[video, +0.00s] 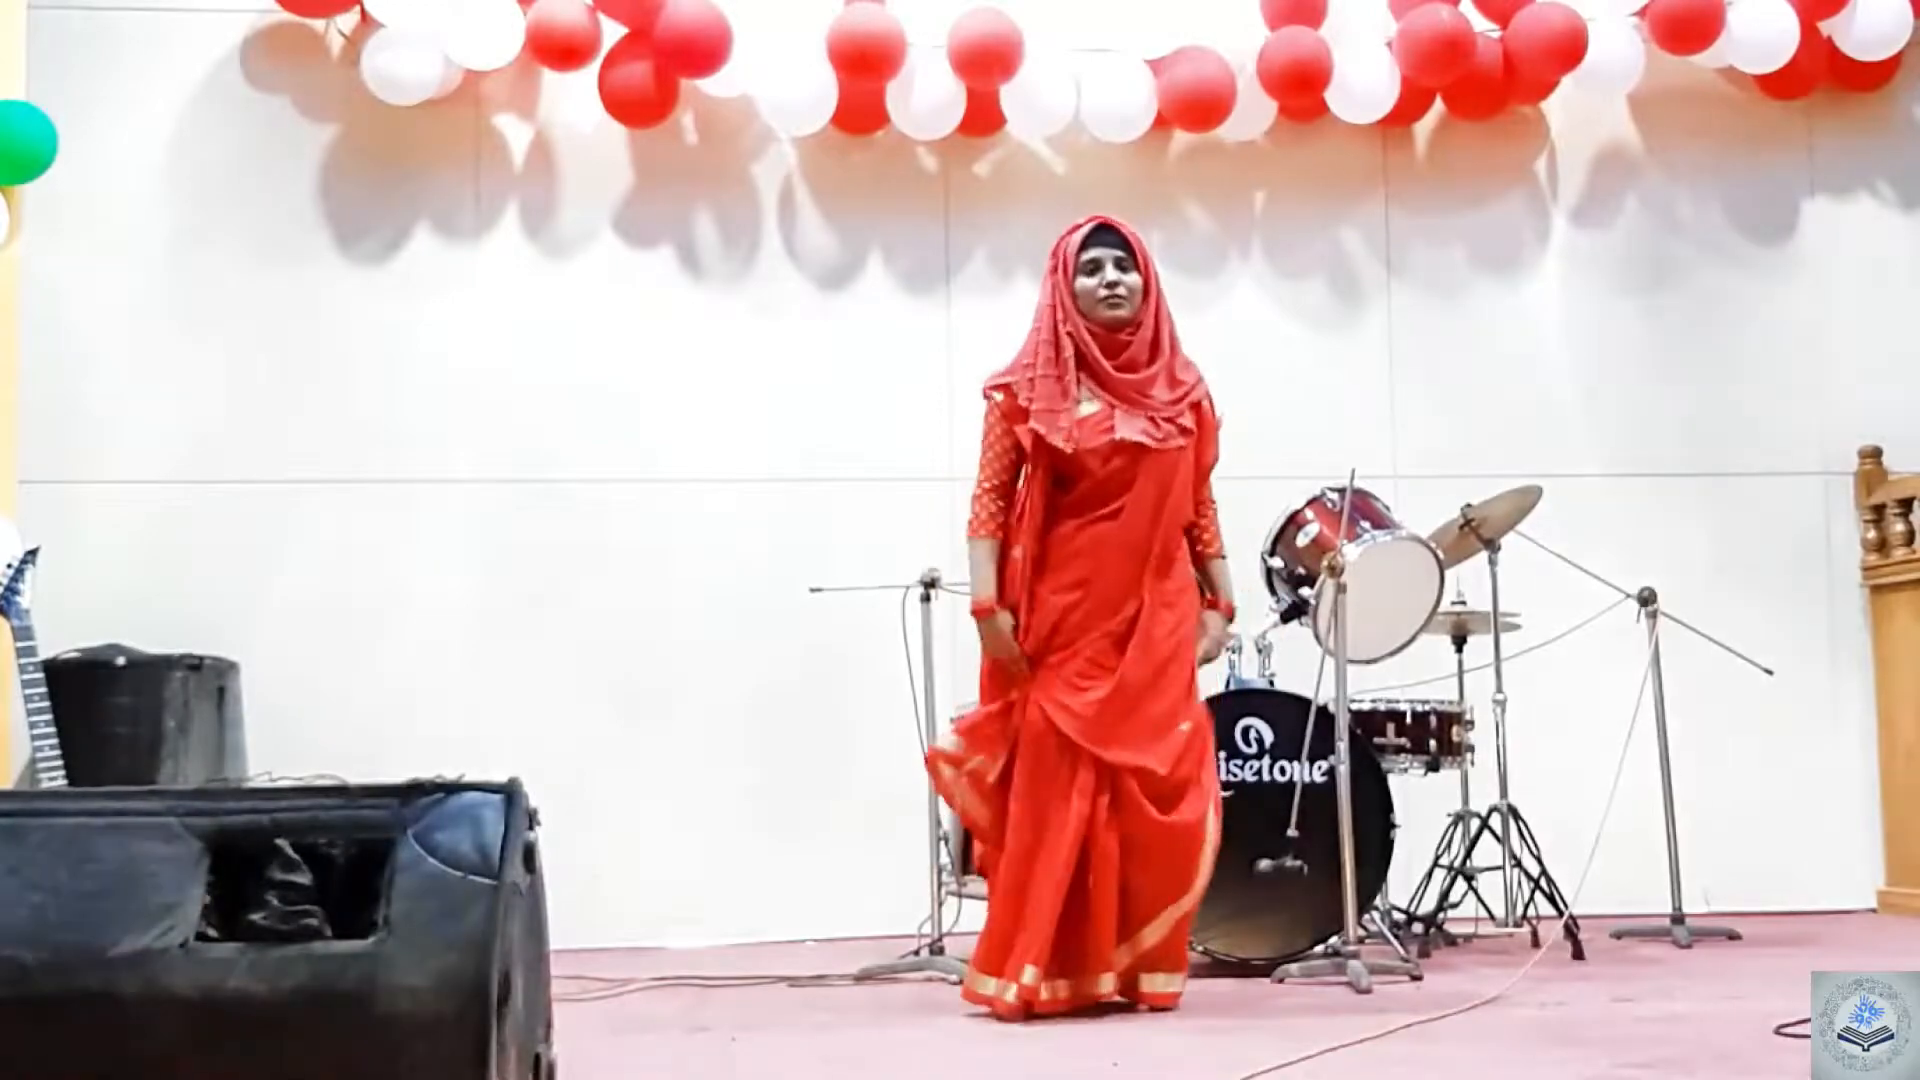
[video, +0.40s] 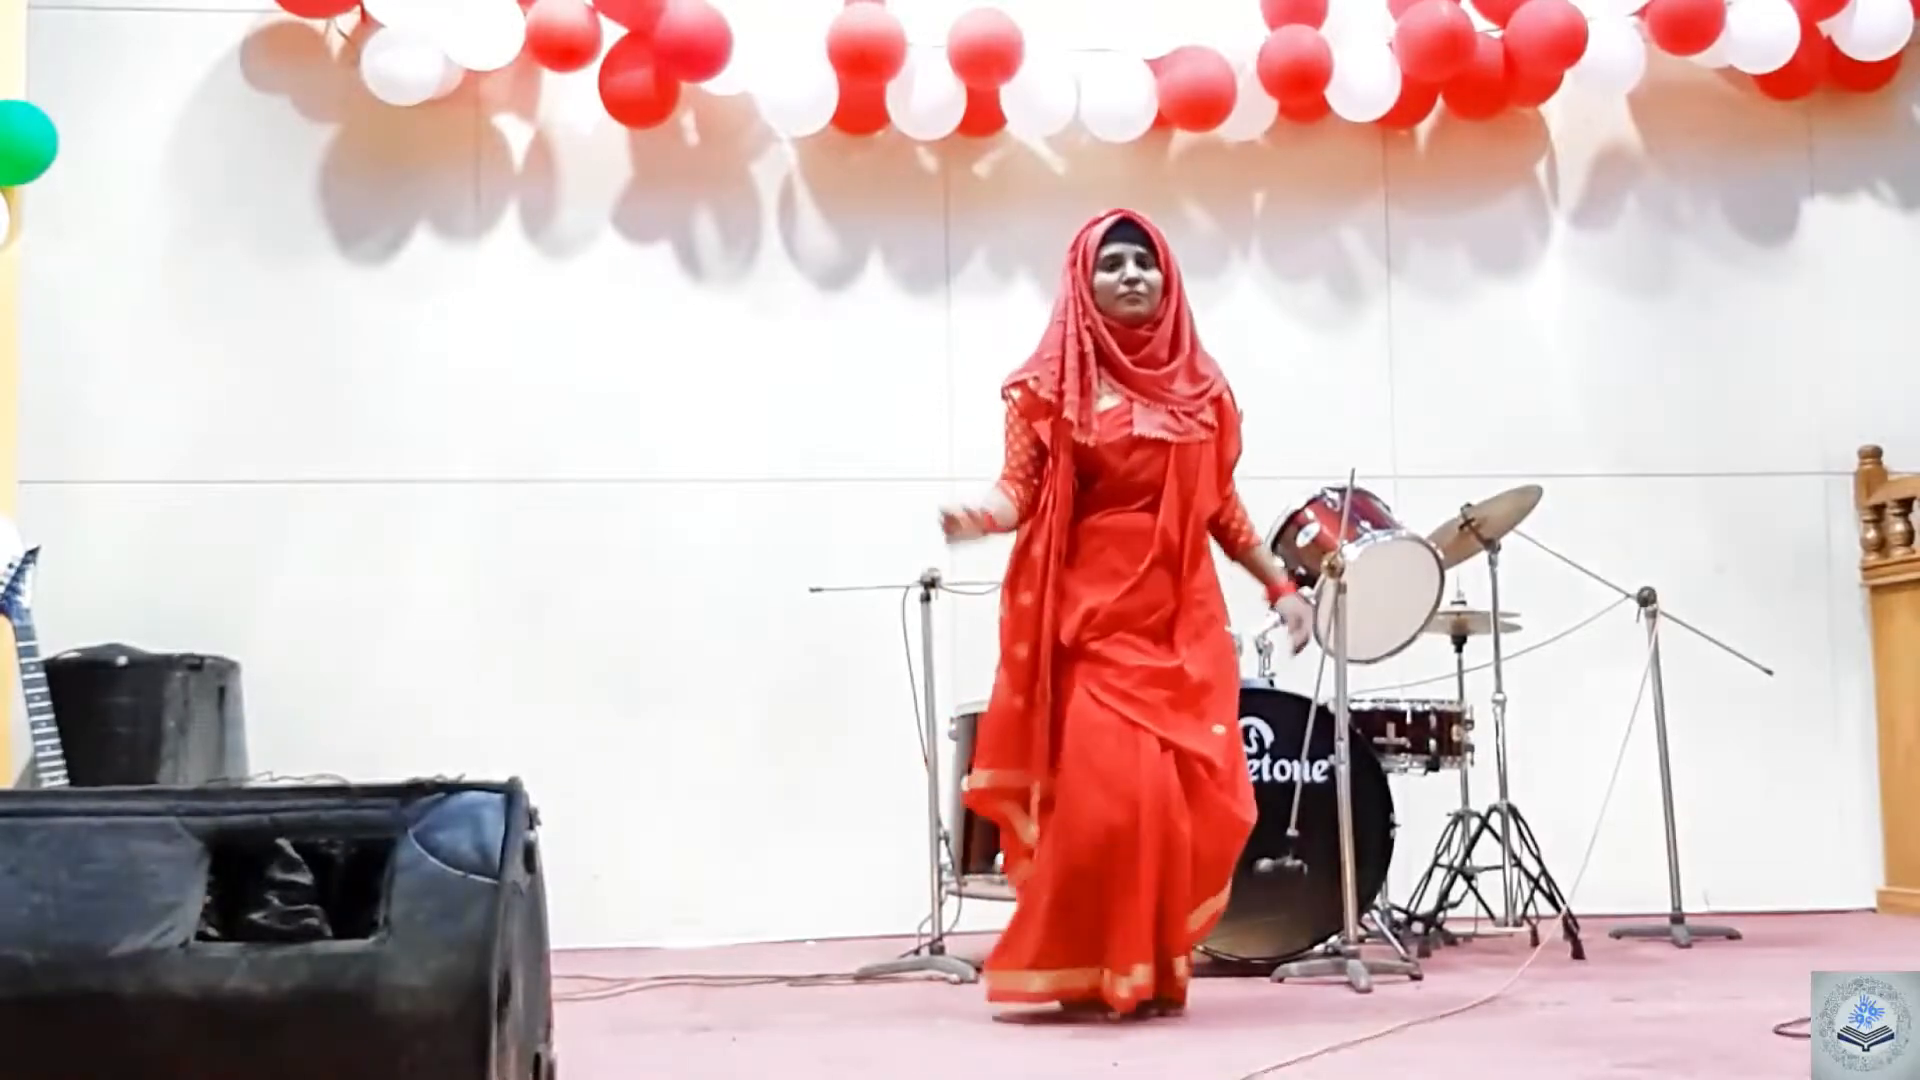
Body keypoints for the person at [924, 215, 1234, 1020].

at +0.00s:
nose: (1110, 279)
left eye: (1123, 268)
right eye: (1093, 270)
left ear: (1146, 284)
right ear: (1064, 290)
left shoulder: (1182, 393)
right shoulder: (1028, 391)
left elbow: (1199, 506)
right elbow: (990, 505)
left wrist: (1221, 597)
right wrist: (987, 611)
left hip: (1158, 619)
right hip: (1061, 620)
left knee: (1156, 789)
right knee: (1059, 789)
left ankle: (1136, 965)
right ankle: (1048, 968)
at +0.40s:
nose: (1130, 274)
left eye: (1143, 262)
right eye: (1112, 264)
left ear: (1164, 278)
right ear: (1086, 284)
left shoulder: (1200, 387)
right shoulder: (1050, 385)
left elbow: (1219, 502)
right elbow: (1018, 492)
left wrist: (1278, 581)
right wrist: (984, 513)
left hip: (1185, 627)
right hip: (1091, 626)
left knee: (1217, 802)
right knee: (1121, 793)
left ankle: (1162, 959)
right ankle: (1110, 975)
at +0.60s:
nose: (1134, 264)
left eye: (1145, 251)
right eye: (1115, 256)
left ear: (1170, 264)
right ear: (1089, 277)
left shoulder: (1213, 372)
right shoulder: (1060, 368)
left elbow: (1246, 469)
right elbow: (997, 449)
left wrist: (1316, 515)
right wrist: (924, 392)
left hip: (1177, 610)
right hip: (1084, 609)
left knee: (1182, 779)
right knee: (1105, 778)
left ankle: (1149, 963)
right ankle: (1081, 963)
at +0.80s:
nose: (1122, 274)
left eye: (1133, 263)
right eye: (1104, 267)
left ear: (1159, 280)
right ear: (1081, 293)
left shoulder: (1210, 390)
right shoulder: (1066, 381)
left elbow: (1238, 511)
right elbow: (984, 378)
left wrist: (1276, 604)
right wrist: (957, 284)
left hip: (1191, 625)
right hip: (1095, 625)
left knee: (1188, 798)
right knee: (1105, 793)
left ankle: (1152, 965)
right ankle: (1102, 976)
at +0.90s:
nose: (1115, 233)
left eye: (1130, 224)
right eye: (1098, 229)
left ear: (1158, 250)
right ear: (1076, 259)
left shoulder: (1204, 346)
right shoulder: (1057, 339)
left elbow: (1242, 454)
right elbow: (972, 297)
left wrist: (1294, 539)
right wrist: (1010, 196)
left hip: (1185, 595)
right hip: (1085, 596)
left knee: (1185, 774)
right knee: (1092, 772)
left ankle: (1150, 951)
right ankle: (1096, 967)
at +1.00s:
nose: (1117, 232)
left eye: (1131, 219)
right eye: (1098, 224)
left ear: (1160, 239)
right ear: (1079, 248)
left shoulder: (1203, 341)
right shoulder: (1058, 331)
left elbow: (1264, 435)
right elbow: (982, 273)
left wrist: (1346, 474)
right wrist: (1043, 191)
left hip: (1183, 582)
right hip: (1081, 582)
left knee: (1183, 761)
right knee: (1089, 762)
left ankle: (1165, 946)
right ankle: (1097, 963)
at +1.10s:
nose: (1119, 252)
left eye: (1134, 241)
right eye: (1103, 245)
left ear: (1165, 258)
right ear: (1083, 266)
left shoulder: (1208, 362)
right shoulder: (1063, 343)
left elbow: (1302, 423)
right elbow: (993, 294)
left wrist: (1394, 385)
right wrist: (1066, 219)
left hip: (1186, 594)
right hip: (1085, 593)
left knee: (1185, 774)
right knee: (1089, 771)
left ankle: (1160, 963)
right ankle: (1091, 971)